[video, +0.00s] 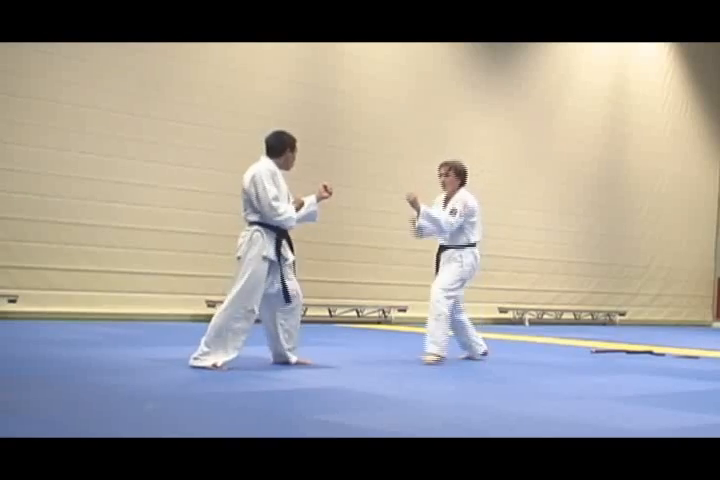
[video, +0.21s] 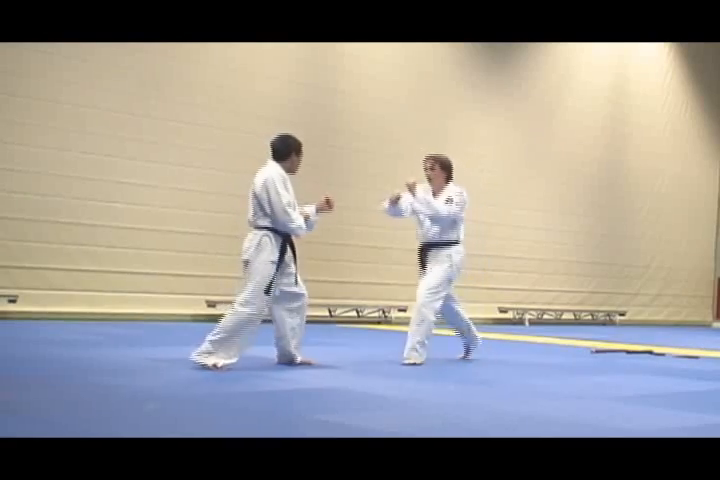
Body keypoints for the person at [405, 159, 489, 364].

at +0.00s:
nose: (442, 179)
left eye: (447, 175)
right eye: (440, 176)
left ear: (459, 178)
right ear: (439, 179)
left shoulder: (465, 200)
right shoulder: (440, 200)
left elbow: (450, 225)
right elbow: (436, 226)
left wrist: (420, 209)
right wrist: (420, 228)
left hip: (464, 254)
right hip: (446, 254)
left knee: (440, 292)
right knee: (452, 308)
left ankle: (435, 350)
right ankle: (476, 348)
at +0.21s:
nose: (428, 172)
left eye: (432, 169)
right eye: (426, 169)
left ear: (445, 172)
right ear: (425, 172)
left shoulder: (457, 194)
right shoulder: (420, 191)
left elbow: (444, 215)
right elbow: (400, 210)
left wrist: (416, 196)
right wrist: (393, 204)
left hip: (449, 253)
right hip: (428, 254)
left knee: (426, 297)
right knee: (444, 302)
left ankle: (415, 352)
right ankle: (471, 338)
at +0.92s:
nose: (327, 170)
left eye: (331, 166)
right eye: (326, 165)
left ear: (344, 168)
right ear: (326, 167)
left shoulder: (365, 183)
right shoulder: (327, 185)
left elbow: (402, 201)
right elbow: (328, 211)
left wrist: (379, 212)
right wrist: (318, 218)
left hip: (361, 251)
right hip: (332, 249)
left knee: (372, 308)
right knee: (308, 284)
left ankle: (381, 353)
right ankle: (325, 333)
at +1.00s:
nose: (293, 162)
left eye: (298, 157)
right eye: (291, 157)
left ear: (313, 157)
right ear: (294, 158)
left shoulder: (335, 172)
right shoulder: (301, 177)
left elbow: (372, 191)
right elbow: (306, 199)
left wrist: (339, 194)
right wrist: (292, 205)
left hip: (338, 247)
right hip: (308, 246)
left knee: (356, 303)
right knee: (276, 275)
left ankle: (385, 352)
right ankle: (276, 335)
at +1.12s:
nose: (251, 155)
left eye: (255, 150)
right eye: (250, 150)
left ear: (271, 149)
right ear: (263, 150)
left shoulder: (291, 166)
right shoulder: (263, 174)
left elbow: (286, 184)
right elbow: (249, 195)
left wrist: (249, 172)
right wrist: (228, 187)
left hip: (302, 240)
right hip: (273, 244)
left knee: (334, 295)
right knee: (235, 292)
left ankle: (368, 343)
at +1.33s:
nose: (194, 147)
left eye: (199, 141)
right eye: (193, 141)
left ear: (215, 142)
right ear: (198, 144)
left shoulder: (234, 163)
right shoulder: (199, 166)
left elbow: (212, 190)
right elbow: (170, 165)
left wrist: (182, 207)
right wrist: (146, 154)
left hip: (254, 233)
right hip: (227, 239)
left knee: (282, 292)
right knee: (189, 287)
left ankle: (314, 354)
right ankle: (188, 357)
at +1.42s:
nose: (178, 134)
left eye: (184, 129)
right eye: (177, 129)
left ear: (202, 131)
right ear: (179, 131)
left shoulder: (224, 154)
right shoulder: (180, 156)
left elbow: (219, 193)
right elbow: (148, 140)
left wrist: (202, 225)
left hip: (241, 225)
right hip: (209, 229)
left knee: (271, 287)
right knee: (175, 281)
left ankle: (309, 348)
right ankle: (177, 349)